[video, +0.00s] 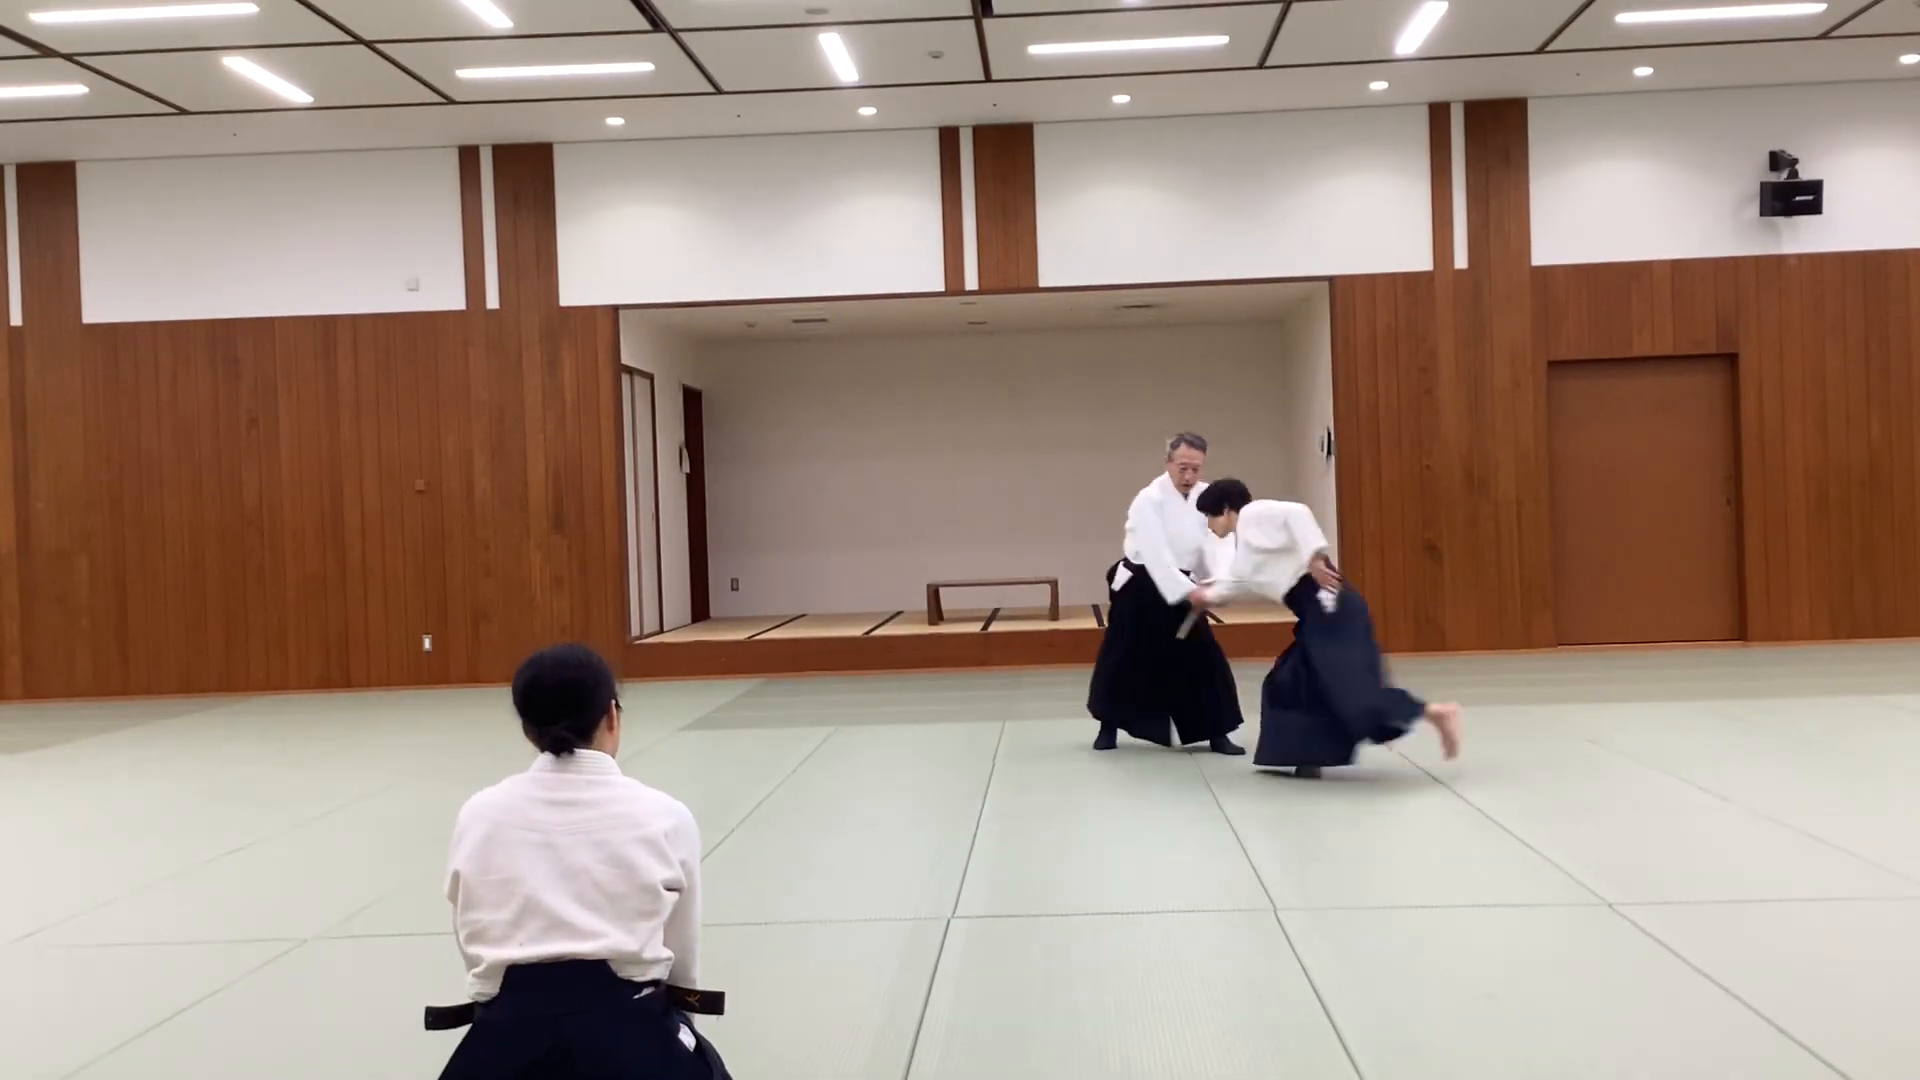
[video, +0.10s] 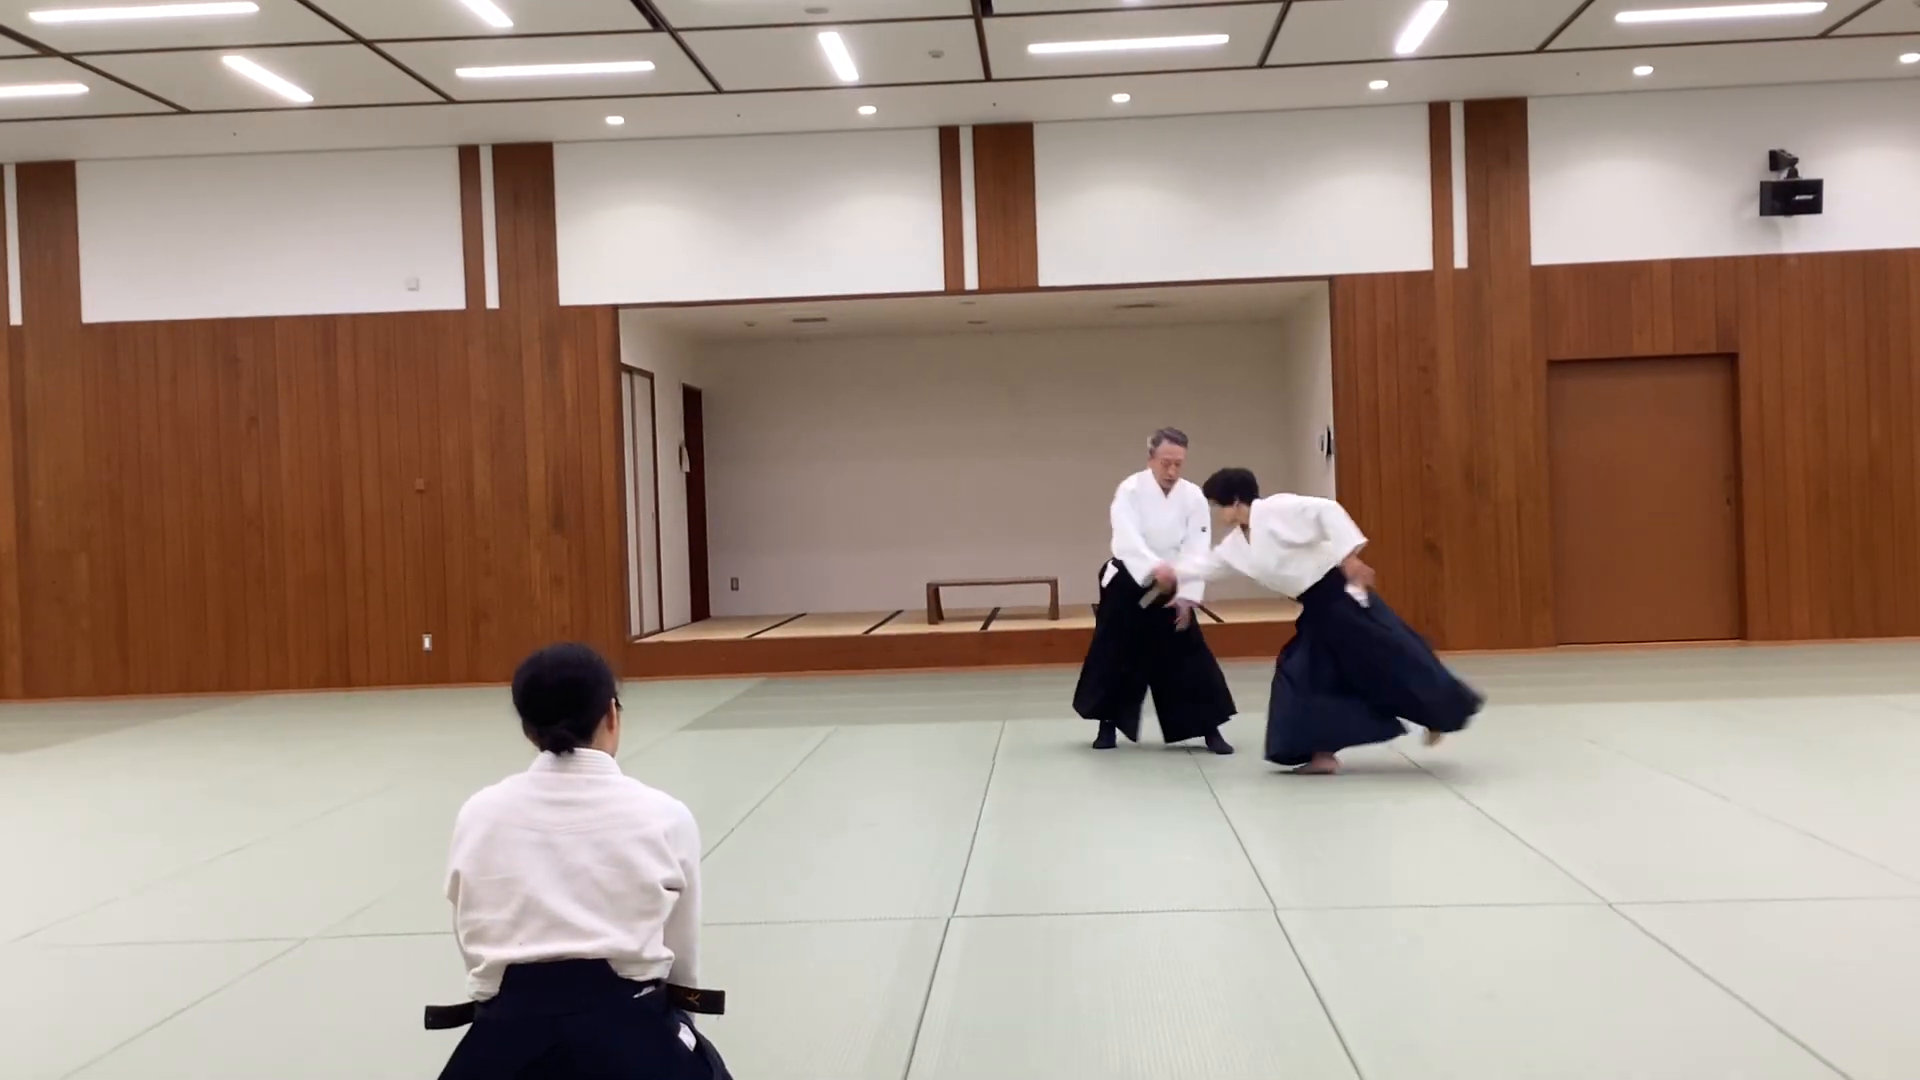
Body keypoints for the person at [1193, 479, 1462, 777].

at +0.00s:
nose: (1209, 526)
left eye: (1210, 517)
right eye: (1207, 519)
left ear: (1226, 510)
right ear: (1227, 512)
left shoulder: (1252, 513)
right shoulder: (1242, 547)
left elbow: (1297, 512)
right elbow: (1237, 583)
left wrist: (1314, 557)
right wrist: (1208, 595)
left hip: (1327, 601)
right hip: (1313, 613)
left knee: (1354, 695)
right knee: (1286, 683)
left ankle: (1435, 714)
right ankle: (1307, 762)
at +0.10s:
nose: (1216, 513)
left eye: (1218, 506)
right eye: (1215, 507)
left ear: (1234, 501)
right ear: (1234, 504)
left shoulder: (1273, 509)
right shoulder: (1236, 544)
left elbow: (1327, 508)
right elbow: (1209, 565)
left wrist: (1350, 557)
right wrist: (1172, 571)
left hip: (1337, 592)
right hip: (1314, 608)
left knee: (1381, 657)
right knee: (1302, 673)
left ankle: (1434, 710)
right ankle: (1322, 755)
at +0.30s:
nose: (1237, 483)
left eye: (1241, 476)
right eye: (1236, 477)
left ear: (1263, 476)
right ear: (1249, 479)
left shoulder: (1307, 497)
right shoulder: (1243, 511)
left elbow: (1356, 517)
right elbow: (1200, 524)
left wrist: (1401, 544)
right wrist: (1157, 524)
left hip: (1338, 591)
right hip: (1296, 598)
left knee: (1370, 662)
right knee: (1272, 665)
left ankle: (1414, 728)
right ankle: (1316, 721)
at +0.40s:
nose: (1226, 470)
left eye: (1231, 463)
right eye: (1225, 463)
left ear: (1254, 462)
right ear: (1237, 464)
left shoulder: (1296, 482)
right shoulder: (1229, 498)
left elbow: (1339, 508)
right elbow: (1189, 518)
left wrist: (1379, 537)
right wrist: (1146, 522)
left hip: (1321, 583)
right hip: (1280, 589)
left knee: (1356, 656)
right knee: (1261, 665)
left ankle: (1406, 727)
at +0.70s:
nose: (1224, 445)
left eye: (1230, 439)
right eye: (1220, 439)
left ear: (1249, 435)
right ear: (1218, 438)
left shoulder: (1280, 460)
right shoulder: (1214, 471)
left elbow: (1315, 497)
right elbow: (1179, 490)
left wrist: (1346, 535)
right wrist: (1142, 495)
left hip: (1293, 562)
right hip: (1254, 567)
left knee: (1318, 644)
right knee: (1253, 651)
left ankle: (1359, 725)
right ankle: (1259, 739)